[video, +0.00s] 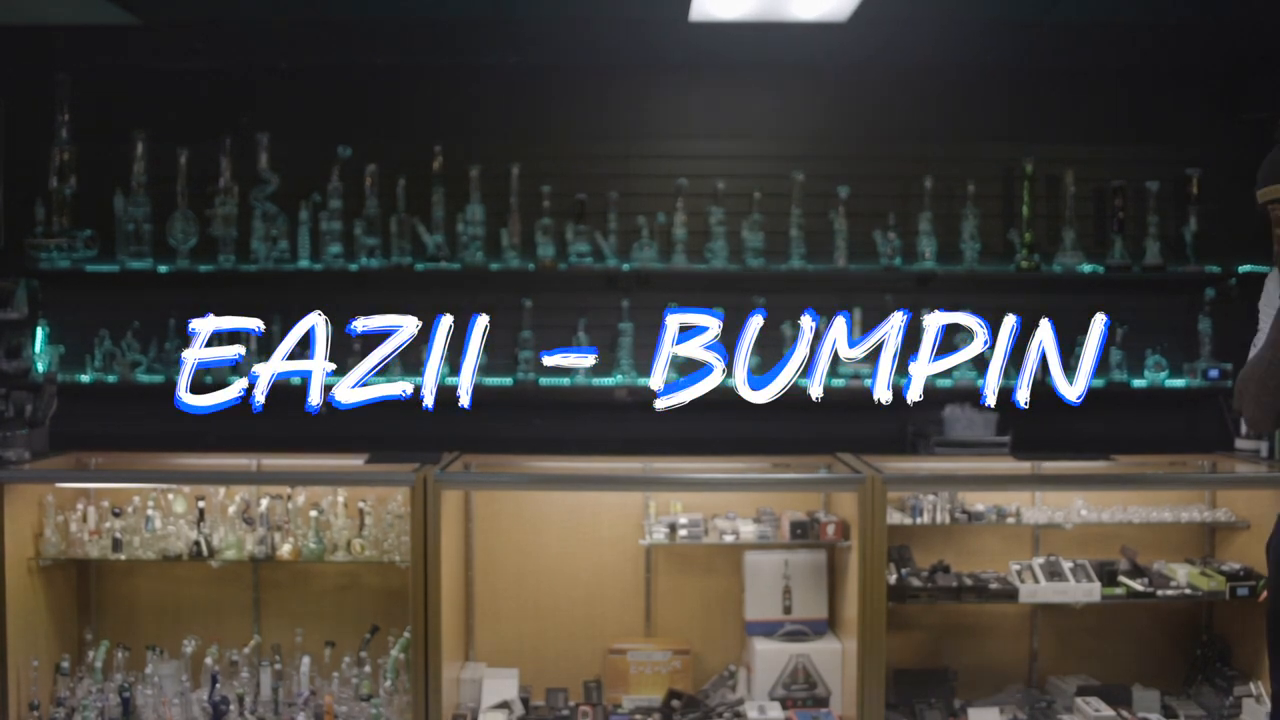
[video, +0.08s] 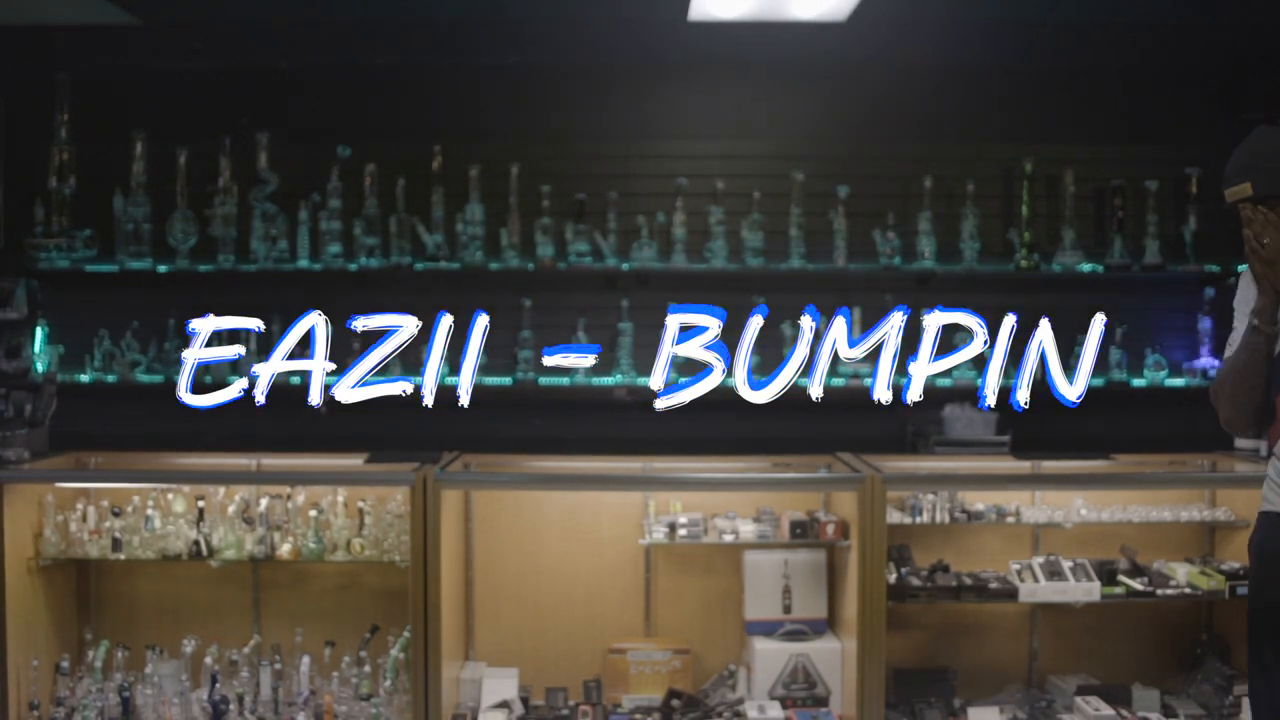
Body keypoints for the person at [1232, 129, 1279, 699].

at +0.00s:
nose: (1274, 223)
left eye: (1275, 206)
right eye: (1269, 208)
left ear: (1278, 205)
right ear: (1263, 210)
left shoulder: (1272, 291)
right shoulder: (1270, 290)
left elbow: (1255, 411)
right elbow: (1253, 410)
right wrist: (1273, 334)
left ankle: (1272, 697)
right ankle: (1272, 698)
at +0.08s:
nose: (1244, 230)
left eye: (1249, 212)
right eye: (1239, 216)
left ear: (1274, 211)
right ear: (1249, 219)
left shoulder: (1264, 288)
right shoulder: (1253, 287)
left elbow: (1238, 416)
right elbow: (1236, 418)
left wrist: (1264, 303)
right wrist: (1267, 304)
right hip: (1275, 507)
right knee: (1268, 675)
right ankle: (1264, 701)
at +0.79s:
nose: (1119, 212)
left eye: (1132, 193)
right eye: (1108, 197)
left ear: (1185, 178)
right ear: (1096, 194)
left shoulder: (1263, 259)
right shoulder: (1107, 263)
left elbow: (1211, 393)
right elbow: (1037, 403)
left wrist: (1168, 245)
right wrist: (1061, 259)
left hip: (1202, 550)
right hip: (1109, 549)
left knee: (1146, 707)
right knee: (1097, 708)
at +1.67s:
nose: (763, 197)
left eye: (777, 176)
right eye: (754, 180)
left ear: (836, 156)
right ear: (747, 173)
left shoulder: (931, 239)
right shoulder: (766, 253)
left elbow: (863, 373)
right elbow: (671, 382)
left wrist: (836, 210)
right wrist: (715, 228)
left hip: (860, 576)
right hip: (753, 568)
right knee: (723, 710)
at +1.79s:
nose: (726, 192)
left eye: (741, 171)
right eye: (716, 175)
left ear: (799, 150)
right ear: (708, 167)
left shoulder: (893, 229)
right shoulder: (723, 243)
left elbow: (835, 369)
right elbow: (628, 376)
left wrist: (801, 202)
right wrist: (677, 219)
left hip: (827, 566)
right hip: (722, 562)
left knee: (791, 711)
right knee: (701, 710)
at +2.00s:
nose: (675, 210)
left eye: (686, 188)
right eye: (666, 192)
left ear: (743, 156)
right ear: (660, 178)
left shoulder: (845, 240)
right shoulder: (676, 244)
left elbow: (759, 390)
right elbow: (570, 384)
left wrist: (739, 208)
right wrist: (620, 222)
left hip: (764, 583)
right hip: (665, 576)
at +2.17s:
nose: (633, 210)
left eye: (641, 184)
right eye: (625, 188)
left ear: (695, 166)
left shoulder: (811, 255)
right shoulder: (651, 254)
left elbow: (705, 382)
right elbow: (509, 343)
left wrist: (708, 198)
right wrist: (600, 201)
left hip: (716, 611)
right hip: (624, 597)